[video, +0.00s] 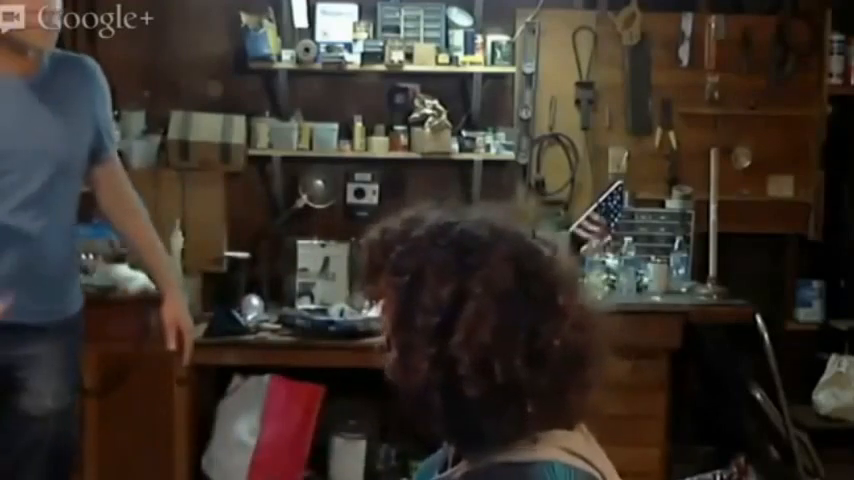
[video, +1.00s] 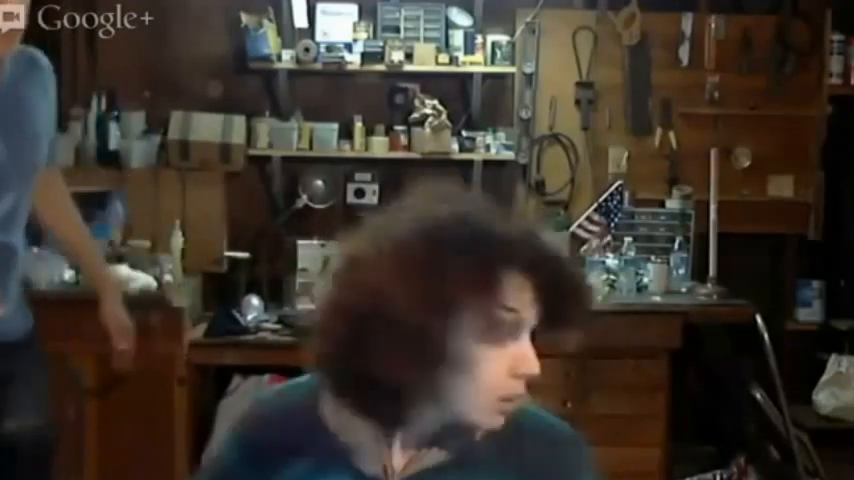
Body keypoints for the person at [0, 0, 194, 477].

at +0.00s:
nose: (48, 9)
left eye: (53, 1)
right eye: (31, 0)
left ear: (62, 9)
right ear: (0, 13)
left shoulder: (81, 77)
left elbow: (112, 184)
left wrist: (170, 285)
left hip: (47, 323)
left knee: (44, 466)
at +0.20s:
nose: (58, 12)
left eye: (64, 1)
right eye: (40, 2)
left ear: (74, 8)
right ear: (5, 11)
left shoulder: (90, 77)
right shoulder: (5, 81)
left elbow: (115, 184)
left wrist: (171, 284)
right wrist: (6, 268)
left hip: (55, 327)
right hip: (7, 323)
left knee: (51, 468)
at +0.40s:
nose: (60, 12)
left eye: (66, 2)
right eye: (43, 2)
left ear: (74, 9)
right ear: (7, 11)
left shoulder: (88, 76)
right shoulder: (4, 79)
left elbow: (110, 182)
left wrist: (168, 281)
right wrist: (5, 265)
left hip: (55, 328)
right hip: (7, 327)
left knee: (53, 469)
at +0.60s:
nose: (50, 15)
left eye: (55, 4)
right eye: (33, 4)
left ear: (64, 11)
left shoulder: (71, 79)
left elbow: (91, 189)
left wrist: (151, 288)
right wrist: (2, 271)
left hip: (45, 330)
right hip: (7, 331)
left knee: (54, 465)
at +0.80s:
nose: (39, 16)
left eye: (46, 3)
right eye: (21, 4)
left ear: (57, 11)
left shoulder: (63, 79)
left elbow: (83, 192)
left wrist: (141, 285)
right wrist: (3, 273)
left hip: (37, 327)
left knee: (48, 462)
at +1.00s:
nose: (14, 17)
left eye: (20, 9)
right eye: (6, 9)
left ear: (30, 14)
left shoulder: (30, 73)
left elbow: (40, 177)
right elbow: (43, 179)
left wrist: (105, 282)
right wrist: (104, 282)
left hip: (10, 329)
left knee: (29, 459)